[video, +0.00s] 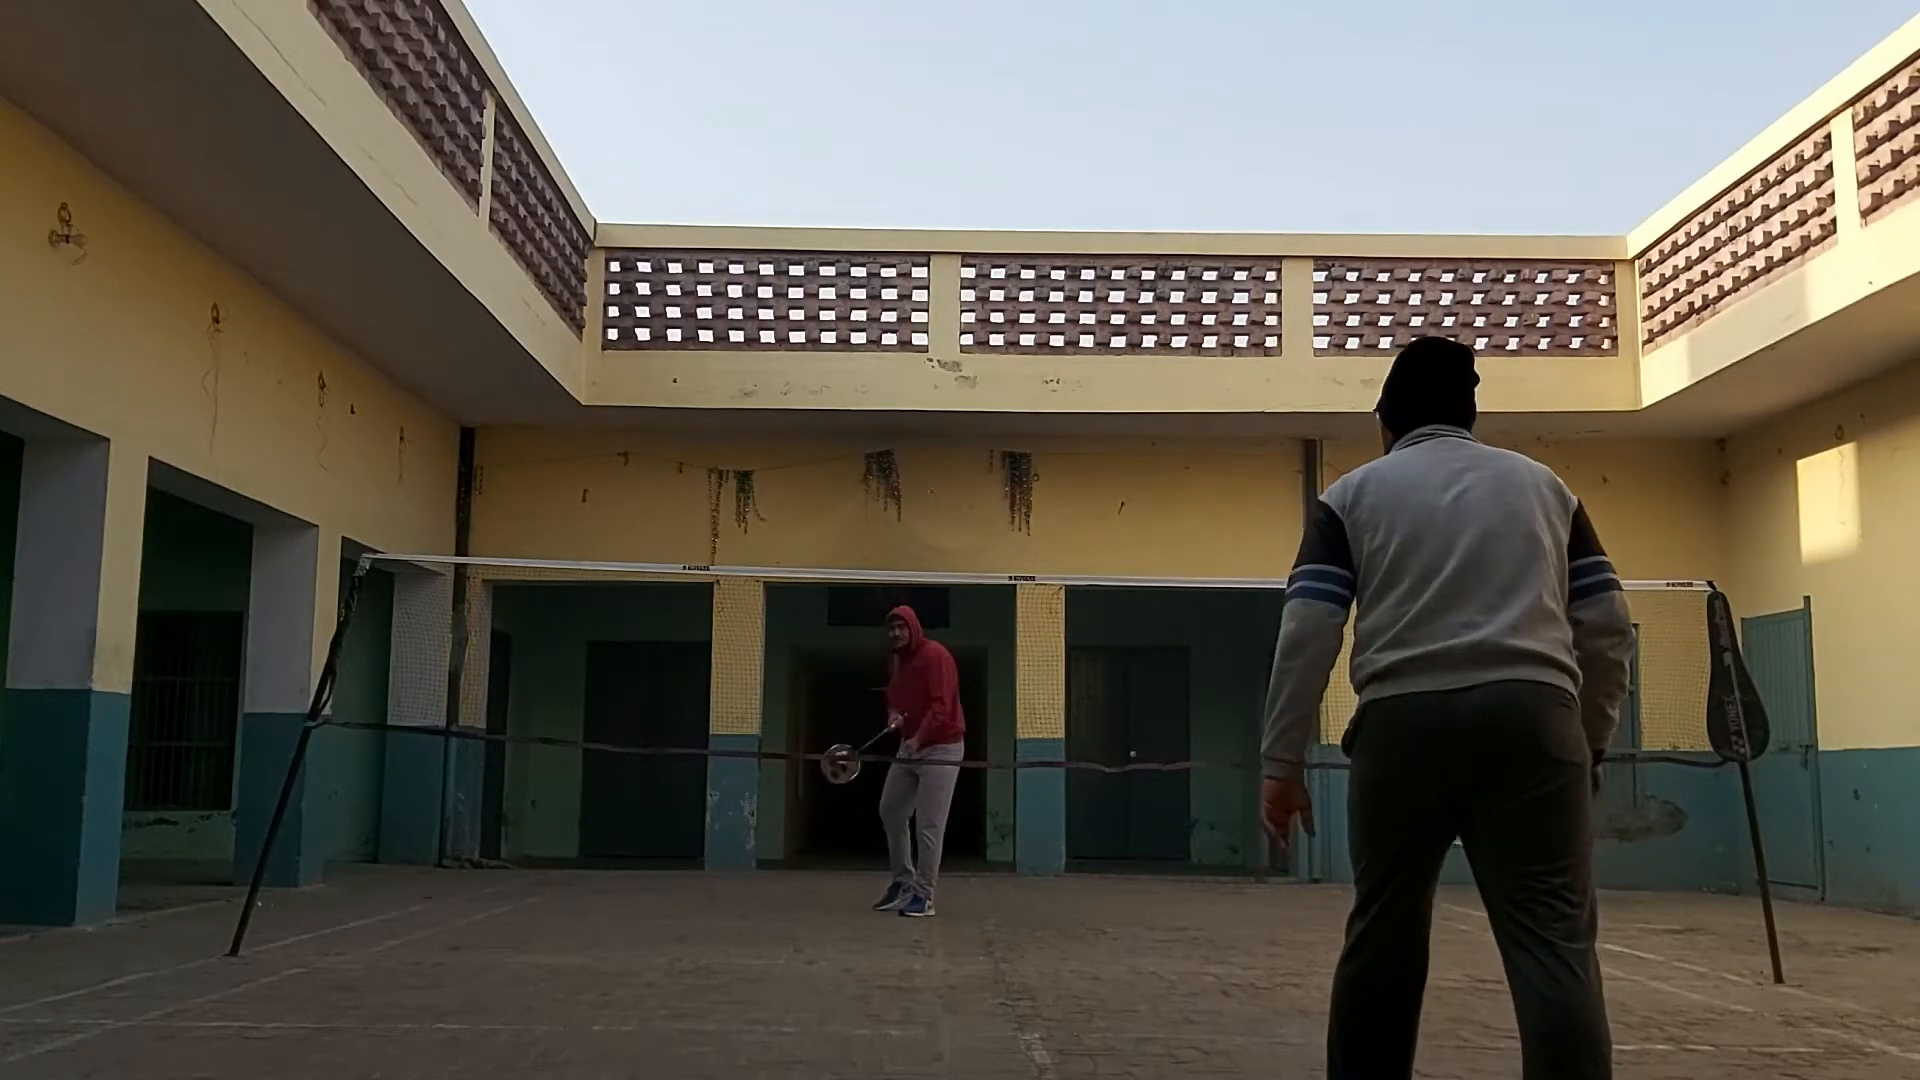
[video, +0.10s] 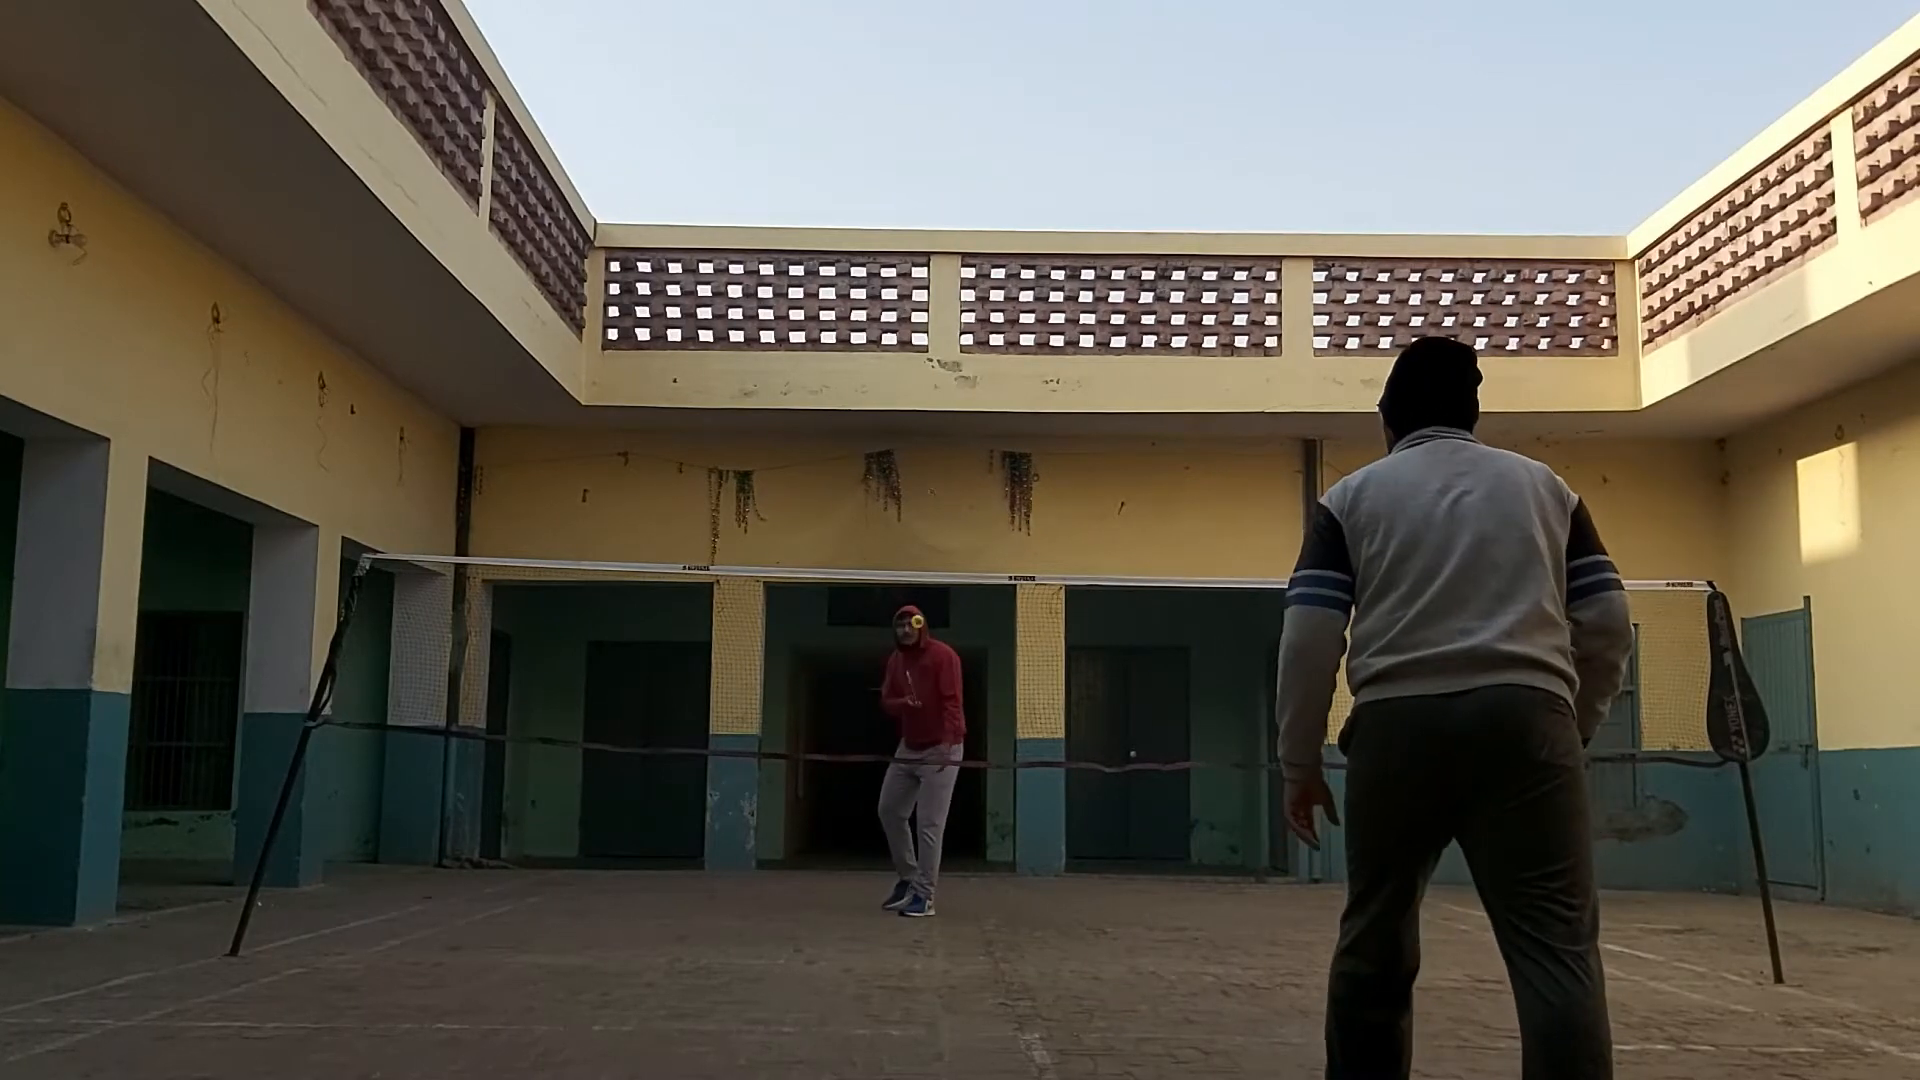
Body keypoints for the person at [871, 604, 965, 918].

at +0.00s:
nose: (897, 632)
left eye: (902, 627)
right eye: (893, 628)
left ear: (915, 628)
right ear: (890, 632)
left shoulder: (936, 655)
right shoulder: (899, 660)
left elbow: (942, 708)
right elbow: (896, 698)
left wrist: (918, 739)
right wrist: (895, 715)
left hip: (941, 751)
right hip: (910, 749)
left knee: (929, 823)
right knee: (891, 812)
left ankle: (924, 894)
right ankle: (902, 882)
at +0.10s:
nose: (906, 630)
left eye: (911, 624)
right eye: (901, 625)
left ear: (922, 627)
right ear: (896, 630)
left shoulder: (943, 656)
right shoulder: (897, 660)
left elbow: (953, 703)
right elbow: (887, 702)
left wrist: (949, 743)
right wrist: (904, 702)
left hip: (941, 750)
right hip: (909, 748)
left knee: (930, 823)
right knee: (890, 811)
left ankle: (924, 895)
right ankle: (908, 880)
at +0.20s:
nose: (917, 629)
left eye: (922, 624)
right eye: (912, 625)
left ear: (932, 628)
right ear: (905, 630)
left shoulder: (952, 657)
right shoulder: (900, 659)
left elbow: (967, 701)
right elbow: (889, 702)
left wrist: (972, 742)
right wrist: (914, 695)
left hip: (943, 751)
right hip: (908, 749)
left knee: (929, 824)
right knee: (892, 814)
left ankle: (924, 894)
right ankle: (919, 872)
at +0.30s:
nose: (928, 631)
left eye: (933, 626)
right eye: (923, 626)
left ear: (942, 631)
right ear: (915, 632)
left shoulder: (959, 661)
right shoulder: (904, 662)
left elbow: (982, 701)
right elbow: (892, 702)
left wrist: (990, 739)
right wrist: (918, 704)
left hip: (943, 753)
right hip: (908, 752)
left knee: (927, 824)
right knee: (899, 820)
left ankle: (922, 895)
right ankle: (931, 868)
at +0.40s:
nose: (937, 636)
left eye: (942, 632)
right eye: (932, 632)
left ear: (950, 638)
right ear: (923, 637)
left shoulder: (965, 668)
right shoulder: (908, 668)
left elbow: (991, 706)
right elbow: (894, 709)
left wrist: (1000, 741)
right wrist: (916, 721)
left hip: (945, 757)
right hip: (910, 757)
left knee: (928, 822)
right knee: (904, 824)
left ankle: (923, 895)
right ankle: (931, 878)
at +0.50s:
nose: (942, 640)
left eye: (947, 636)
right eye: (937, 636)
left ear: (954, 642)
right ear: (928, 641)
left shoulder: (968, 673)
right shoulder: (912, 673)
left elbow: (992, 712)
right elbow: (898, 714)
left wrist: (1000, 749)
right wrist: (908, 741)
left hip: (951, 760)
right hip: (915, 760)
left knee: (937, 823)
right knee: (913, 825)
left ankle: (927, 891)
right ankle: (936, 884)